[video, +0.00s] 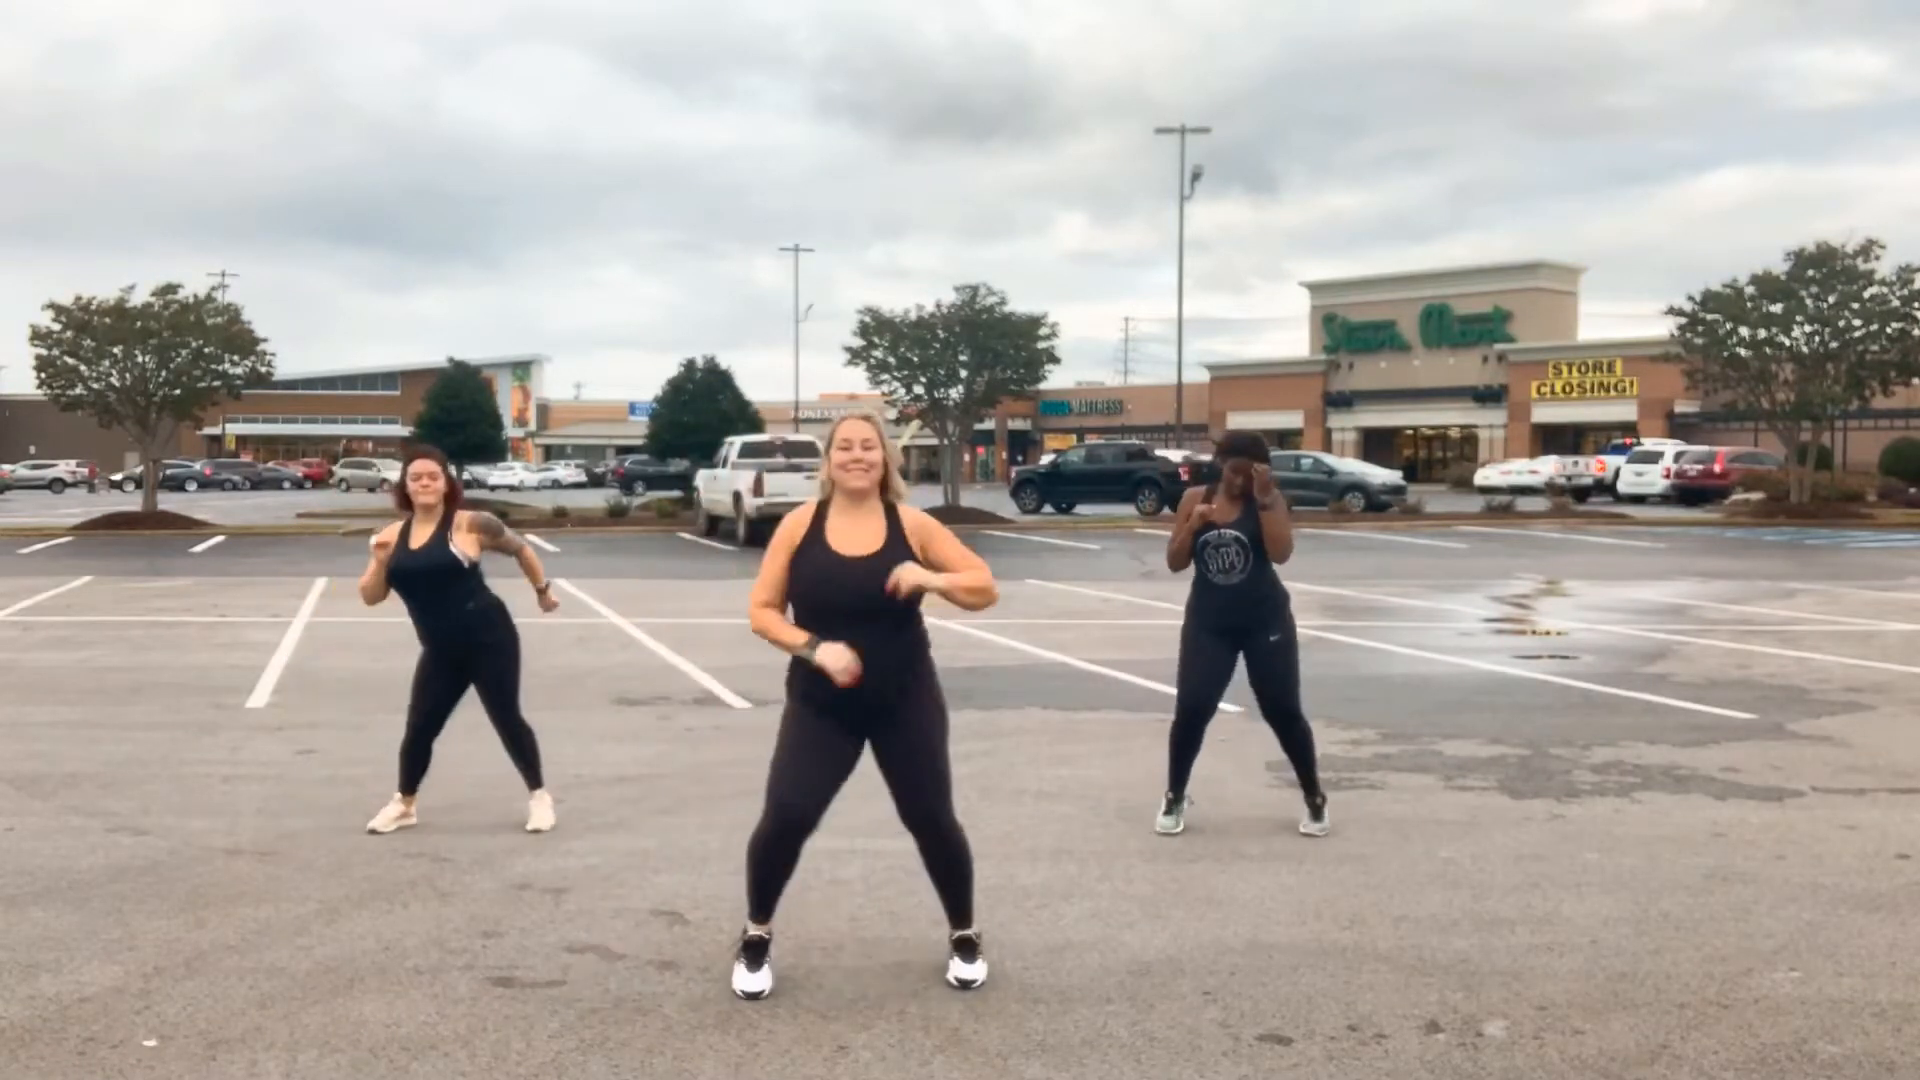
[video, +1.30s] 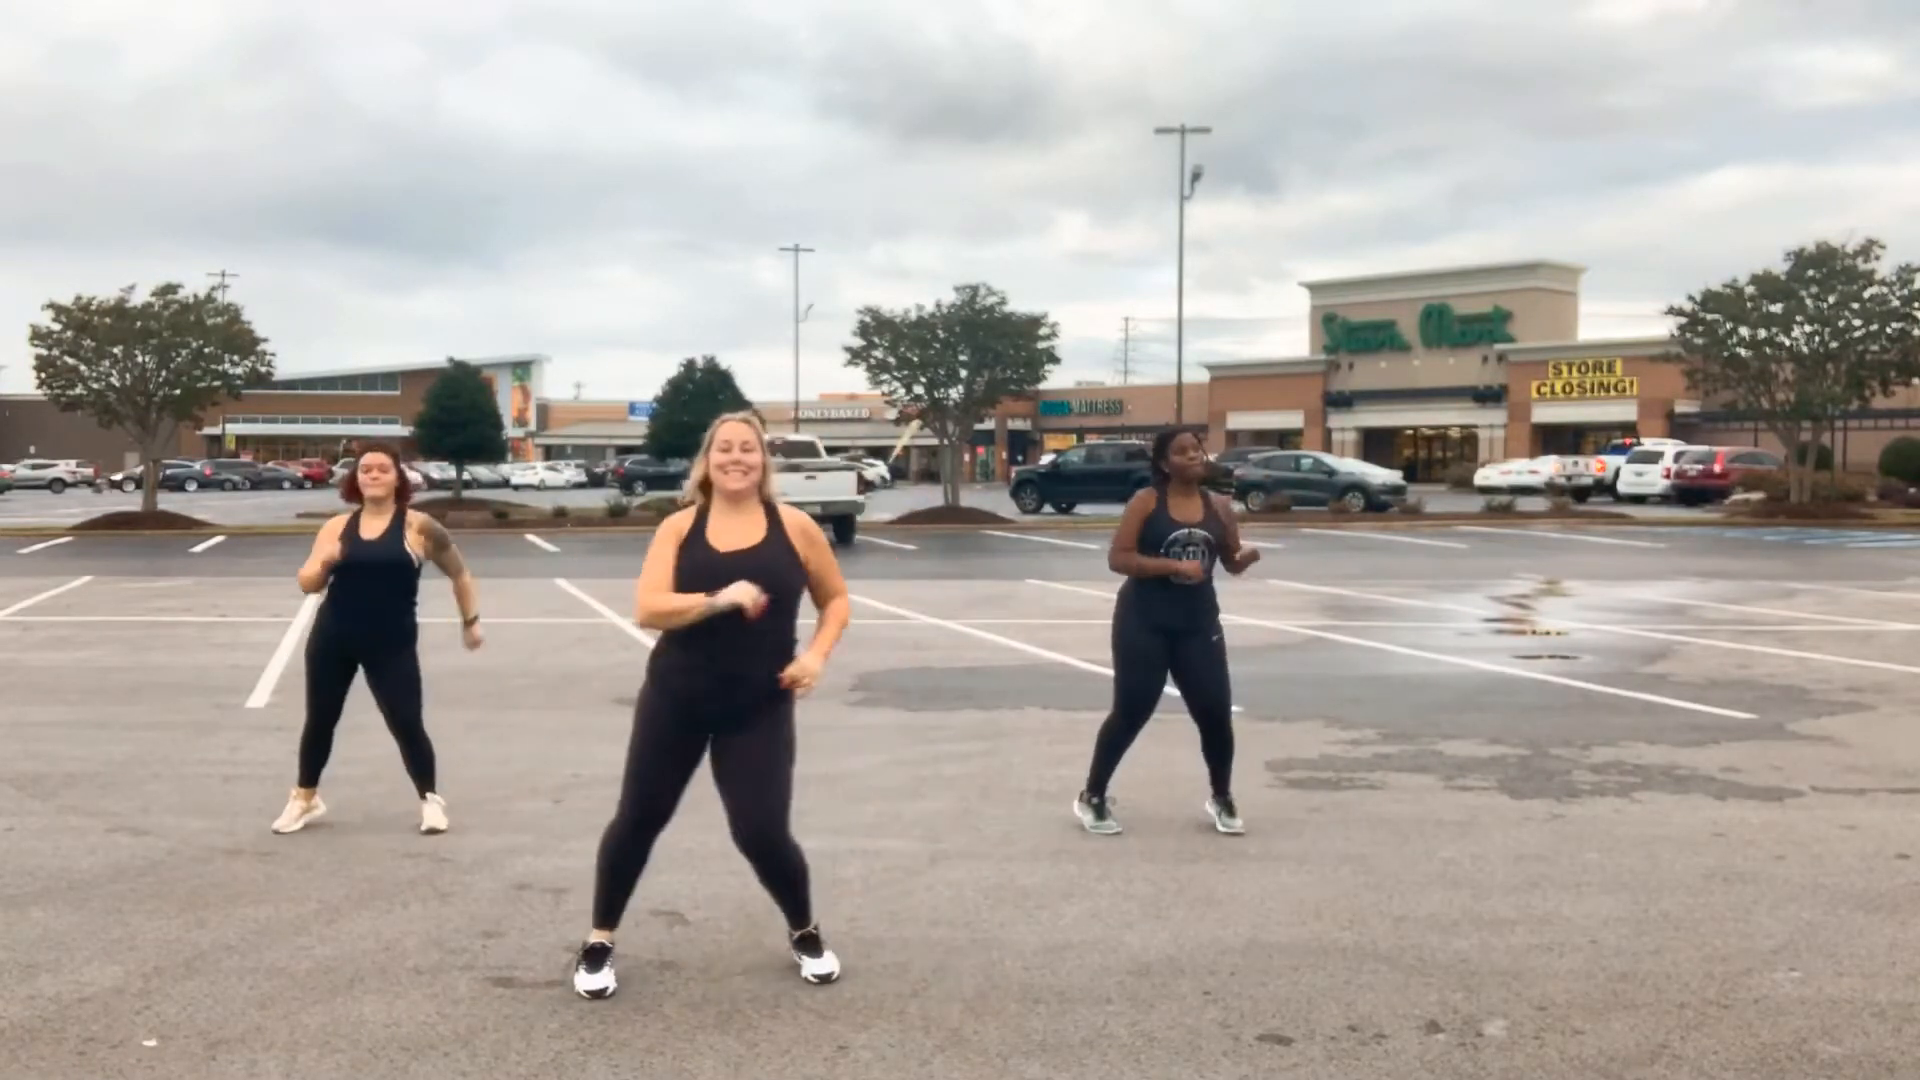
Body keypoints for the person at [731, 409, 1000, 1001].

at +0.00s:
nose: (856, 455)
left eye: (867, 446)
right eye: (844, 447)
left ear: (886, 458)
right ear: (827, 460)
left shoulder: (913, 524)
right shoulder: (800, 525)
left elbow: (984, 589)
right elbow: (761, 611)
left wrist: (932, 579)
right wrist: (814, 647)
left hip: (906, 701)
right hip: (821, 704)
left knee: (931, 820)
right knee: (784, 821)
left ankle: (964, 938)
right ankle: (756, 936)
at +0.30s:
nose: (823, 453)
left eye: (834, 445)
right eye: (812, 445)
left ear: (851, 459)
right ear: (794, 459)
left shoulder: (876, 524)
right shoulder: (765, 520)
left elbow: (905, 609)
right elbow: (688, 575)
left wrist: (866, 641)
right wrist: (729, 622)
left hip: (850, 697)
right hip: (768, 696)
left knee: (910, 809)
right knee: (770, 825)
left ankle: (936, 930)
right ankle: (758, 948)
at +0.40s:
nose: (808, 441)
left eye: (819, 432)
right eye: (797, 433)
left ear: (836, 446)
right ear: (778, 446)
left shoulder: (864, 515)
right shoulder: (749, 513)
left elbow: (905, 593)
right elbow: (685, 584)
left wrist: (879, 654)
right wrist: (753, 587)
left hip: (842, 694)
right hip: (759, 695)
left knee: (872, 812)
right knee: (760, 820)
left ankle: (872, 921)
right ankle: (757, 945)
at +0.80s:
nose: (780, 458)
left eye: (791, 449)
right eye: (769, 449)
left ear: (809, 463)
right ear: (750, 462)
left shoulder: (832, 531)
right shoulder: (722, 528)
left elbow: (883, 607)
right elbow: (676, 615)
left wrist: (854, 619)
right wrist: (729, 672)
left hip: (817, 703)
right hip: (737, 700)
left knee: (824, 825)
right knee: (729, 818)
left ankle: (816, 938)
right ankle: (709, 934)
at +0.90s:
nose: (769, 445)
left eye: (780, 436)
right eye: (757, 436)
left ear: (797, 451)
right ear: (738, 451)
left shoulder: (821, 518)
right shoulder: (705, 514)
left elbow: (845, 610)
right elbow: (658, 576)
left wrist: (816, 574)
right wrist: (678, 635)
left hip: (797, 695)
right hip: (719, 694)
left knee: (816, 818)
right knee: (713, 820)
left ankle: (817, 933)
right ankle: (643, 929)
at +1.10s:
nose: (738, 452)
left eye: (750, 444)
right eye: (727, 443)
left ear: (766, 458)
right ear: (707, 456)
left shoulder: (789, 524)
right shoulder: (677, 516)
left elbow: (823, 607)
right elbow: (592, 557)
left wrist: (766, 616)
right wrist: (630, 608)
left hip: (751, 697)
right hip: (668, 693)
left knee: (814, 796)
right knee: (638, 816)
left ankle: (812, 924)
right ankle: (600, 942)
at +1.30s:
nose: (735, 457)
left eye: (747, 449)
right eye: (724, 449)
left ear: (765, 461)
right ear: (706, 461)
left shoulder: (796, 529)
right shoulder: (678, 527)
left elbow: (835, 600)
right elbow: (648, 608)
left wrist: (817, 655)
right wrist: (714, 600)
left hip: (758, 707)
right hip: (675, 702)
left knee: (762, 835)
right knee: (637, 821)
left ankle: (805, 935)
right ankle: (599, 943)